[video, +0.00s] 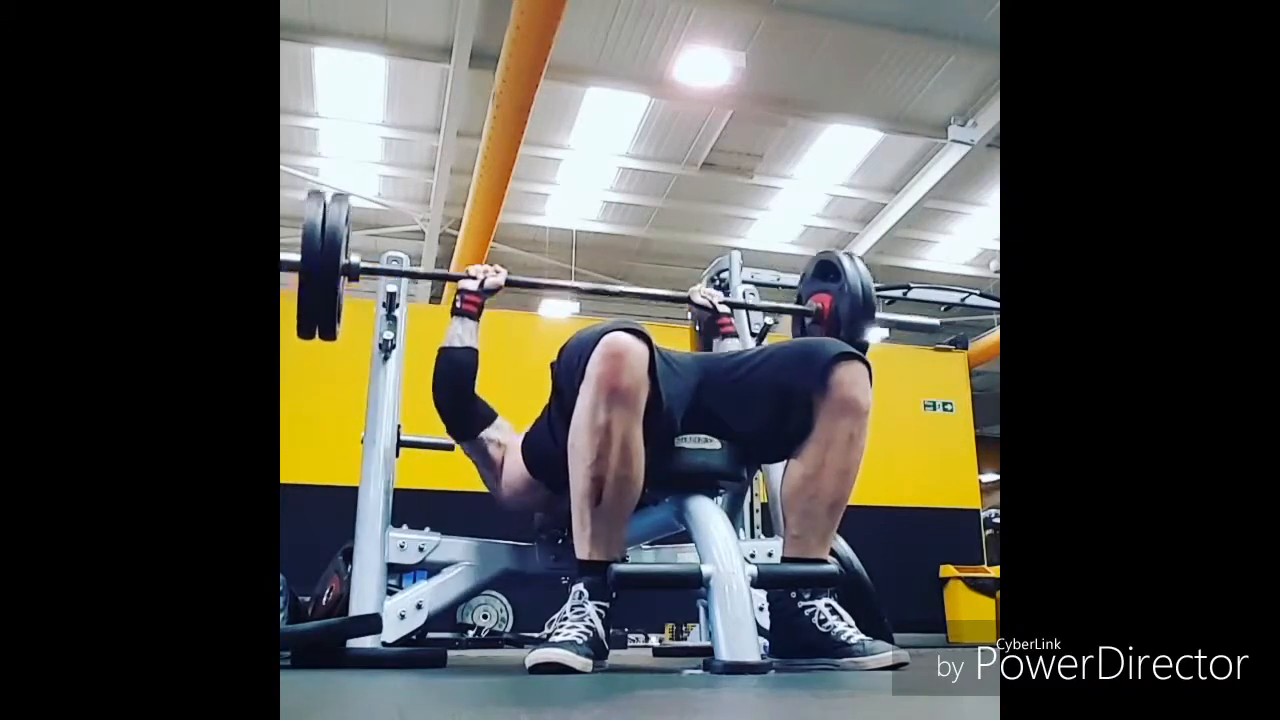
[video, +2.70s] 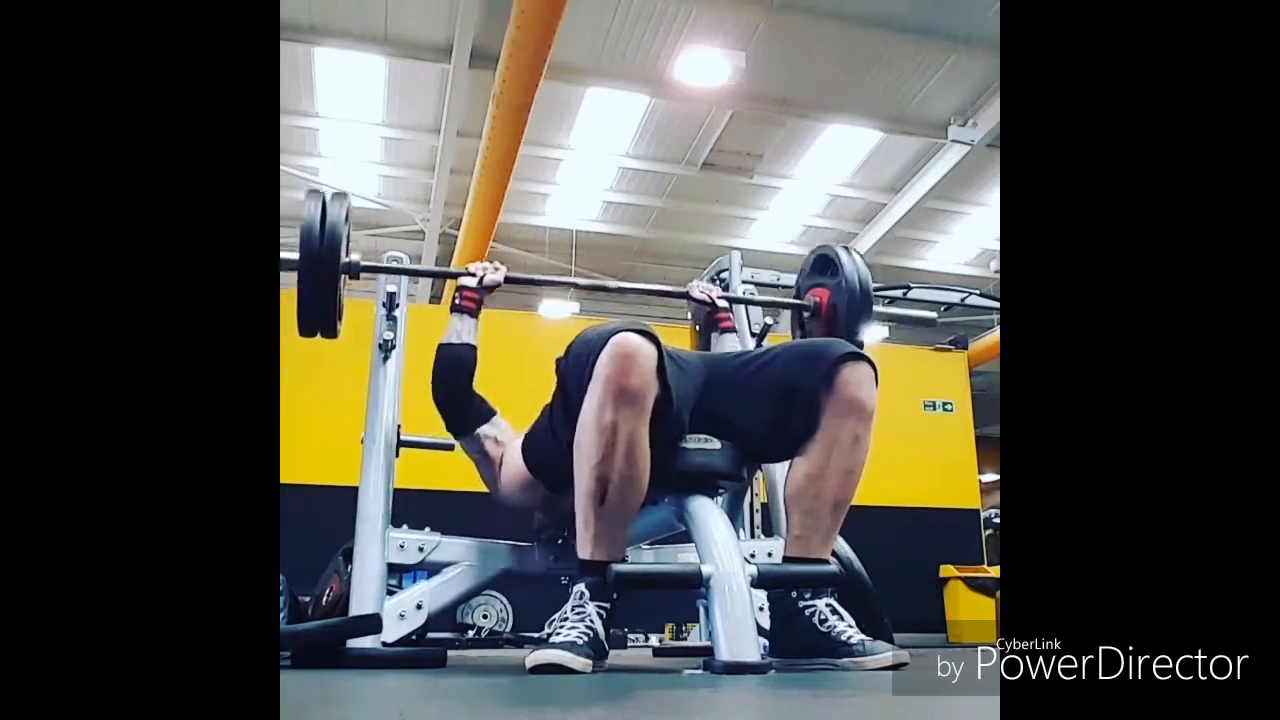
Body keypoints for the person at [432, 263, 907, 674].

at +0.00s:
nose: (499, 450)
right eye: (498, 456)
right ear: (506, 474)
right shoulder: (517, 469)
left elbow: (735, 402)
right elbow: (454, 397)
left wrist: (720, 336)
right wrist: (469, 303)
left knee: (844, 375)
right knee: (618, 352)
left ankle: (800, 609)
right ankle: (584, 608)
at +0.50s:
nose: (491, 464)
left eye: (494, 464)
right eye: (490, 471)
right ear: (499, 475)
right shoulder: (517, 467)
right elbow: (440, 433)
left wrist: (717, 356)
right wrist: (465, 340)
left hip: (708, 389)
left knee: (846, 377)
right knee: (619, 355)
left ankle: (799, 609)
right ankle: (587, 606)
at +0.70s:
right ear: (494, 508)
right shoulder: (525, 490)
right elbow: (450, 498)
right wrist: (466, 407)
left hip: (701, 375)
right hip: (627, 361)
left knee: (850, 375)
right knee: (622, 356)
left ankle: (801, 606)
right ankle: (588, 606)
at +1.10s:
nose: (498, 470)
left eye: (497, 472)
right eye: (493, 476)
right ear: (498, 472)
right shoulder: (519, 460)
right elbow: (443, 428)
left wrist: (723, 348)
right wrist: (463, 339)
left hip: (704, 386)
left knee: (845, 378)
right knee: (621, 355)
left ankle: (798, 609)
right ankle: (587, 606)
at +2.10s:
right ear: (490, 505)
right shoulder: (519, 483)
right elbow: (448, 500)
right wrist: (466, 406)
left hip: (708, 376)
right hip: (630, 358)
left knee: (850, 375)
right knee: (618, 356)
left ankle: (801, 607)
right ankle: (587, 606)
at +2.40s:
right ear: (499, 477)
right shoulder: (514, 476)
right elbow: (440, 459)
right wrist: (465, 366)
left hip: (709, 372)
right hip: (622, 354)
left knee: (848, 376)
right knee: (622, 359)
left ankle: (801, 607)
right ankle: (588, 604)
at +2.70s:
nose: (496, 445)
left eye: (496, 446)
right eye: (492, 451)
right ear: (498, 466)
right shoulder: (522, 475)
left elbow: (735, 394)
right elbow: (455, 396)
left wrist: (720, 328)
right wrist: (468, 300)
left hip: (707, 384)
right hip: (631, 366)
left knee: (851, 377)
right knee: (628, 355)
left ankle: (800, 606)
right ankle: (586, 605)